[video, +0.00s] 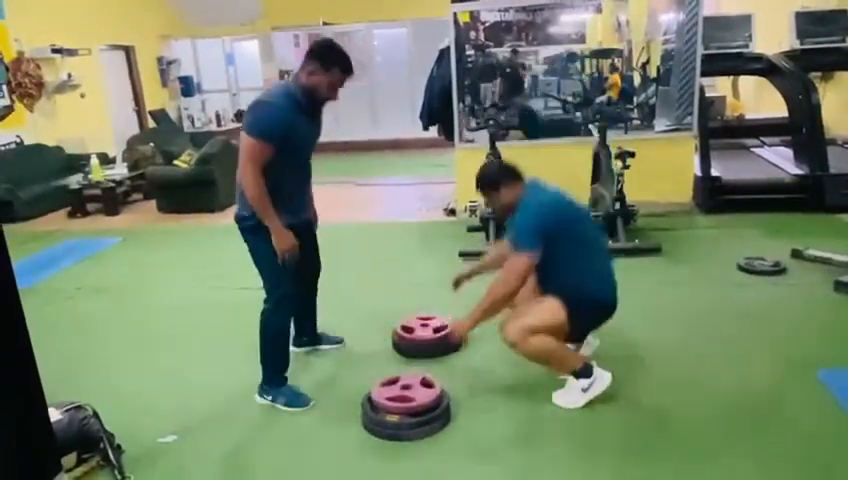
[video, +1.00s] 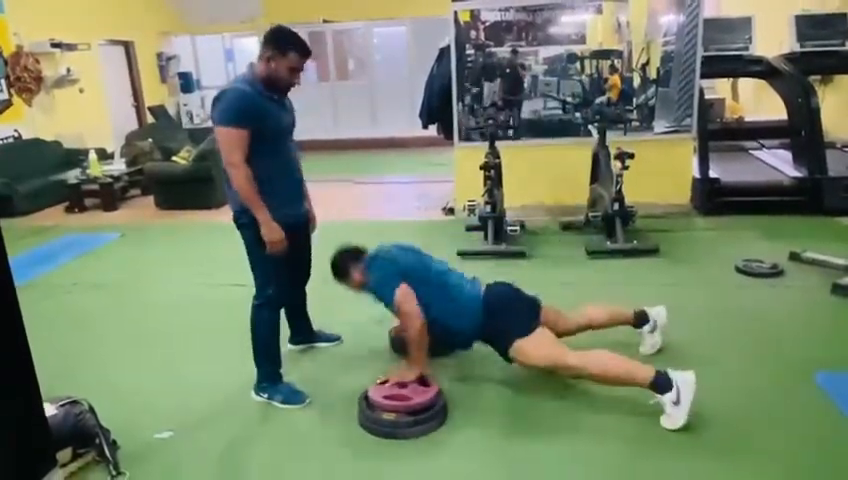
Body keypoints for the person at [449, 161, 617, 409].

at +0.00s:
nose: (489, 205)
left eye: (489, 197)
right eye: (486, 198)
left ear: (502, 190)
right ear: (511, 183)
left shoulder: (533, 211)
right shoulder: (531, 197)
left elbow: (512, 281)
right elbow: (509, 248)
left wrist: (468, 323)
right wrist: (472, 271)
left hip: (590, 297)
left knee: (516, 332)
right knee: (515, 301)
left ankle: (586, 375)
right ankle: (577, 338)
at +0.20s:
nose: (450, 261)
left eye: (446, 255)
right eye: (445, 257)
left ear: (453, 245)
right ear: (458, 235)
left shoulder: (482, 253)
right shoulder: (481, 234)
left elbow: (461, 330)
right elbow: (467, 290)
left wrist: (425, 364)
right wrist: (438, 315)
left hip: (587, 289)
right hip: (583, 273)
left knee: (514, 329)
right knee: (521, 303)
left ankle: (586, 374)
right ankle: (574, 342)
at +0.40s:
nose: (405, 306)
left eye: (399, 302)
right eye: (400, 303)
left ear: (397, 291)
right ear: (399, 276)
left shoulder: (424, 278)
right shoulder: (423, 262)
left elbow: (446, 339)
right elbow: (454, 323)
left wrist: (416, 372)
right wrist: (432, 329)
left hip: (538, 264)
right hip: (536, 250)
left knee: (558, 349)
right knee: (574, 309)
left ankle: (662, 372)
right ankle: (653, 313)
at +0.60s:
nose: (379, 355)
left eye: (373, 352)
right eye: (374, 352)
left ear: (373, 338)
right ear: (377, 322)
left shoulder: (394, 320)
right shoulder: (403, 299)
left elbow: (429, 327)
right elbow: (435, 323)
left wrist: (417, 370)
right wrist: (422, 356)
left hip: (509, 316)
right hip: (510, 289)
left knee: (586, 359)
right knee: (580, 319)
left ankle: (684, 386)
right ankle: (663, 318)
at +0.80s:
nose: (367, 352)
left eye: (363, 347)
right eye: (363, 348)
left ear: (365, 336)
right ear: (369, 317)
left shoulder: (386, 323)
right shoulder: (395, 297)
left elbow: (424, 326)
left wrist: (416, 369)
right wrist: (417, 355)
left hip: (500, 322)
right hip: (501, 294)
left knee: (573, 364)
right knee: (571, 324)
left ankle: (673, 383)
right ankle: (653, 318)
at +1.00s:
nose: (356, 286)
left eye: (352, 282)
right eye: (353, 282)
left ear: (354, 274)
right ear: (362, 257)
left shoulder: (380, 272)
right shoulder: (391, 253)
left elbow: (414, 317)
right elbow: (426, 300)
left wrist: (416, 369)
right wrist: (416, 340)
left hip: (492, 321)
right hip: (497, 296)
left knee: (566, 362)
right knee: (568, 322)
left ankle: (666, 384)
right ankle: (646, 316)